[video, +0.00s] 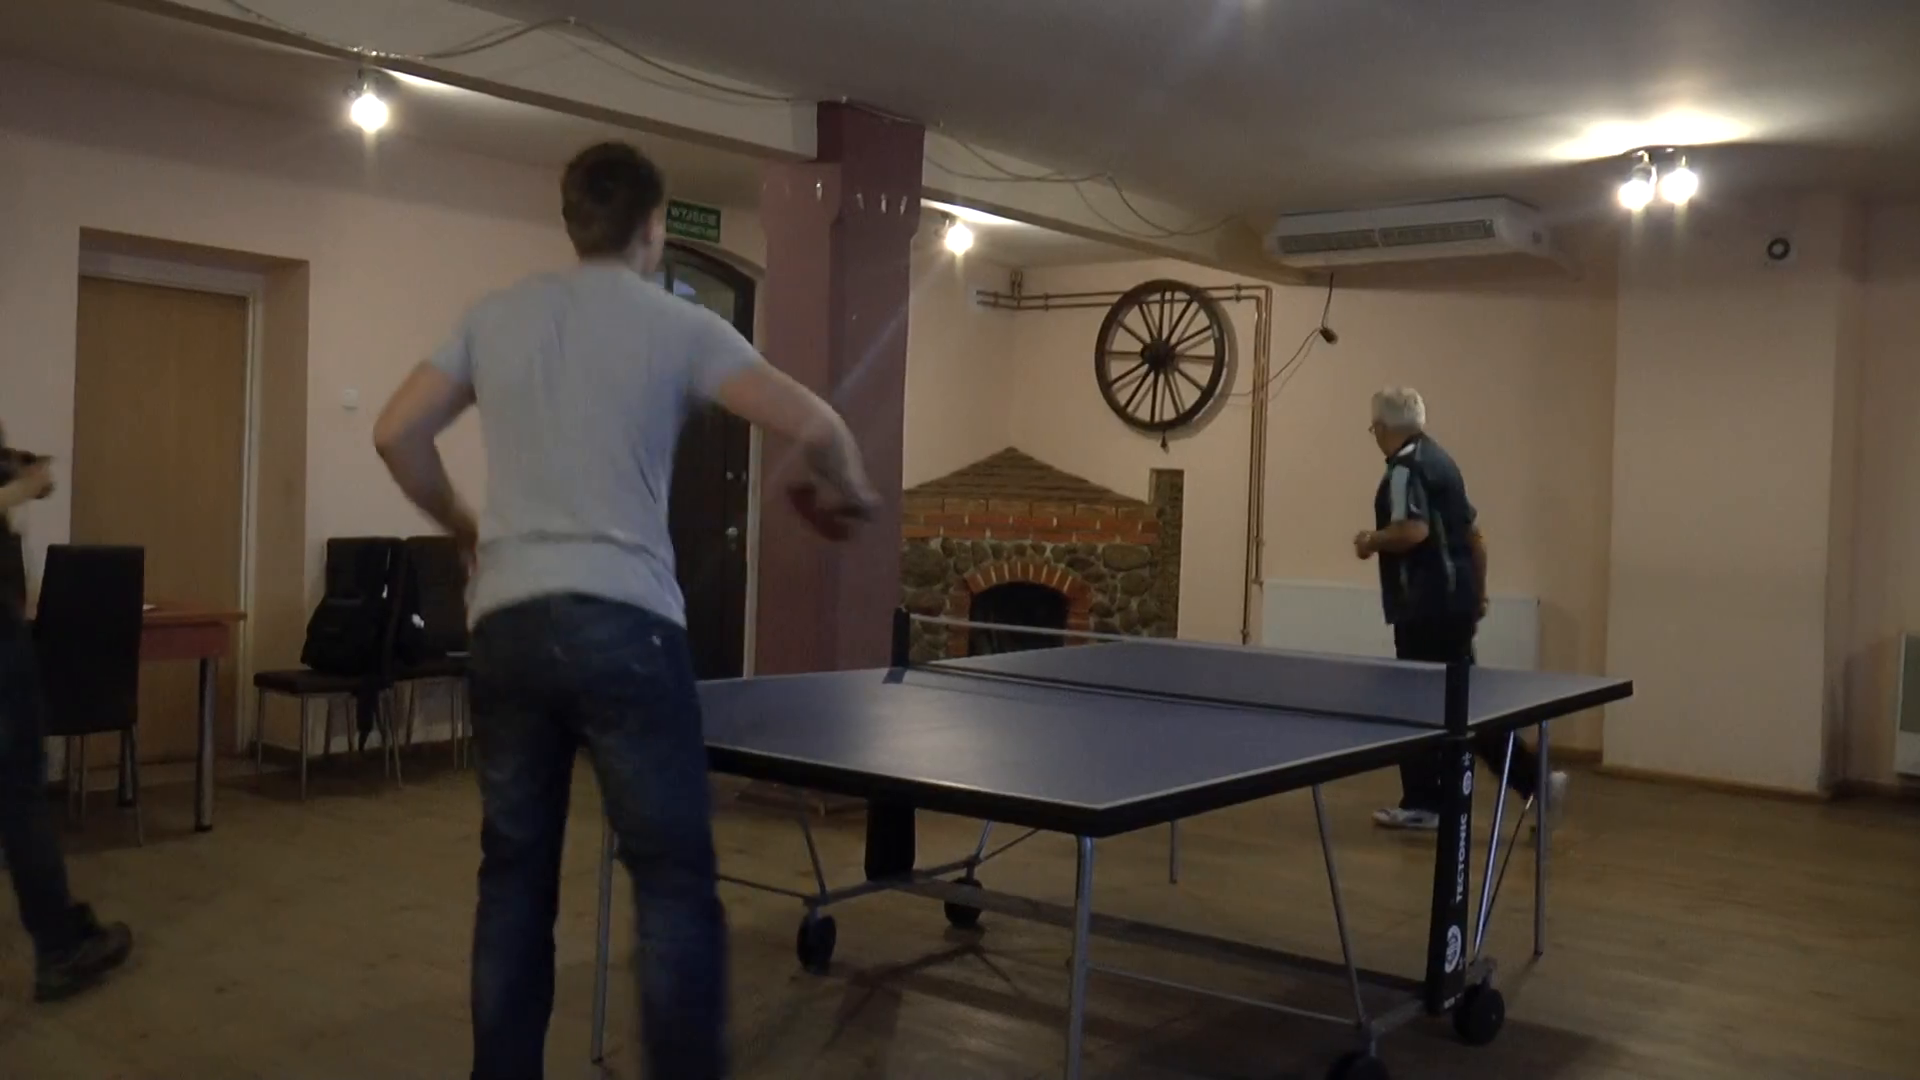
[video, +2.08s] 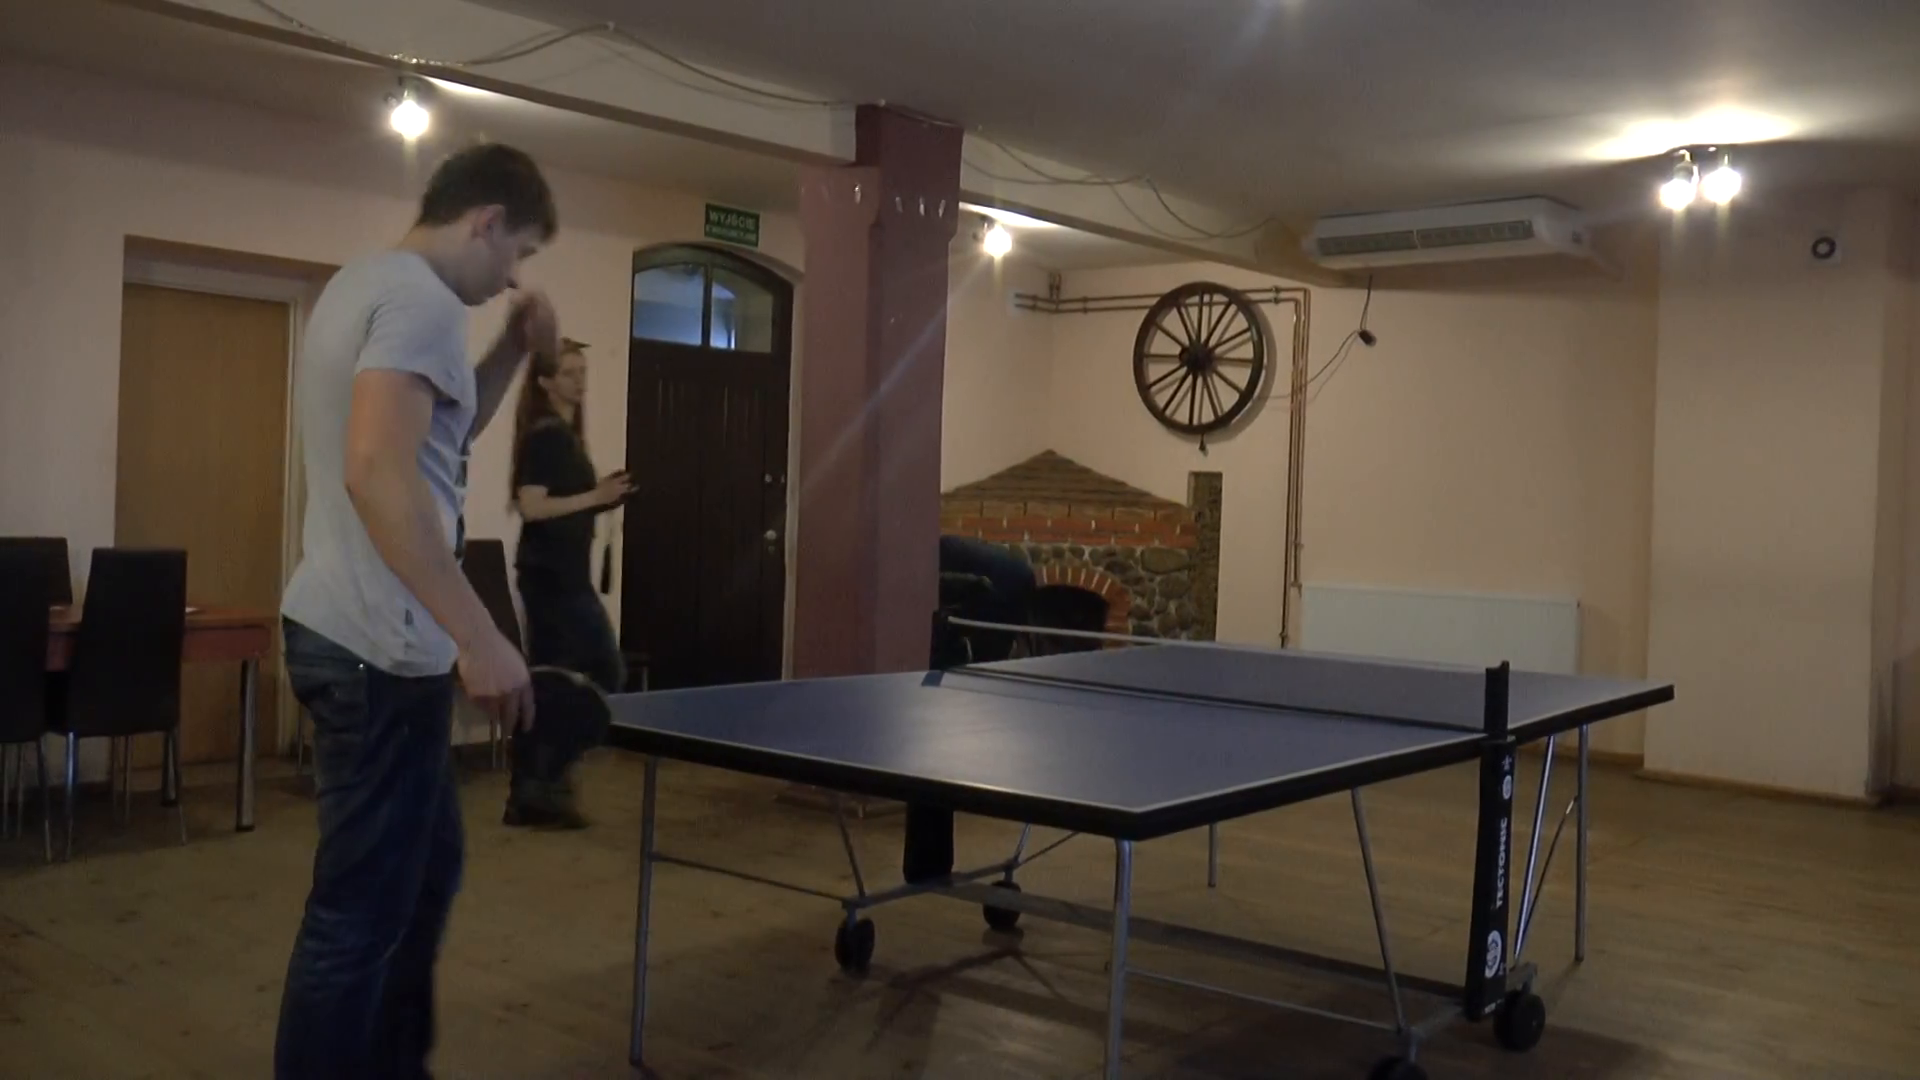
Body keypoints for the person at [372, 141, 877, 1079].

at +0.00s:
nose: (663, 238)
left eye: (658, 224)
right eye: (663, 224)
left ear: (570, 226)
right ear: (652, 226)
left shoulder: (495, 314)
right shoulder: (675, 321)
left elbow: (398, 432)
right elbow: (818, 425)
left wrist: (459, 522)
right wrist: (846, 489)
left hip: (505, 620)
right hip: (623, 617)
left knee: (514, 868)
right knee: (672, 873)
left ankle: (503, 1070)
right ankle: (686, 1066)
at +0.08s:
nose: (651, 209)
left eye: (648, 197)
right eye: (651, 197)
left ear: (551, 197)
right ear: (637, 200)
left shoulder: (479, 284)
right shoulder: (656, 288)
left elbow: (394, 407)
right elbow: (769, 411)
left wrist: (473, 480)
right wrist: (770, 483)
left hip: (485, 583)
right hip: (606, 584)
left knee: (493, 836)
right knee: (623, 844)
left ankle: (489, 1066)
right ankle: (586, 1064)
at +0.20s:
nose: (631, 207)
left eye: (623, 193)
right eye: (631, 194)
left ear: (536, 192)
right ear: (618, 196)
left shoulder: (464, 280)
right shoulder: (646, 288)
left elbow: (388, 415)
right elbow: (664, 439)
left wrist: (471, 471)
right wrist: (657, 520)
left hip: (465, 573)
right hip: (578, 582)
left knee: (453, 813)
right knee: (547, 838)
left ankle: (420, 1055)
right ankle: (483, 1060)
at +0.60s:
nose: (512, 223)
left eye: (510, 210)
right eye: (513, 210)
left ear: (417, 208)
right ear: (502, 212)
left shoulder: (352, 300)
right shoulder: (510, 304)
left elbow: (292, 433)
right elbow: (597, 441)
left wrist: (389, 471)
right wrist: (555, 472)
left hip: (352, 596)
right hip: (458, 600)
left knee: (339, 830)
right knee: (487, 855)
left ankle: (285, 1060)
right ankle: (463, 1066)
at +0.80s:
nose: (459, 249)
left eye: (459, 235)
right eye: (460, 235)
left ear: (366, 234)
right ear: (445, 234)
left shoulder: (300, 339)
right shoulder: (442, 331)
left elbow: (266, 489)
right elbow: (467, 504)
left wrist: (332, 542)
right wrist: (513, 543)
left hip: (311, 624)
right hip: (411, 629)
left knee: (327, 844)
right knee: (464, 862)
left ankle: (281, 1063)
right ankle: (449, 1067)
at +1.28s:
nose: (429, 246)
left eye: (431, 228)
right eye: (429, 226)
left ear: (339, 218)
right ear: (401, 220)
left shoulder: (285, 313)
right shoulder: (384, 317)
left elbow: (315, 456)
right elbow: (425, 487)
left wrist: (426, 442)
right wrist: (498, 588)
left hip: (271, 609)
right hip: (359, 618)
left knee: (289, 852)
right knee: (402, 854)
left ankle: (281, 1063)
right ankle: (398, 1063)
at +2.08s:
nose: (513, 277)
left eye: (523, 259)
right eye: (520, 251)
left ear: (445, 218)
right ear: (483, 220)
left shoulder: (358, 286)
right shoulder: (417, 293)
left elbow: (440, 435)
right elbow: (378, 472)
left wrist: (512, 348)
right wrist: (478, 635)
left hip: (347, 632)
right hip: (380, 648)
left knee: (431, 865)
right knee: (363, 909)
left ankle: (394, 1063)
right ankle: (327, 1071)